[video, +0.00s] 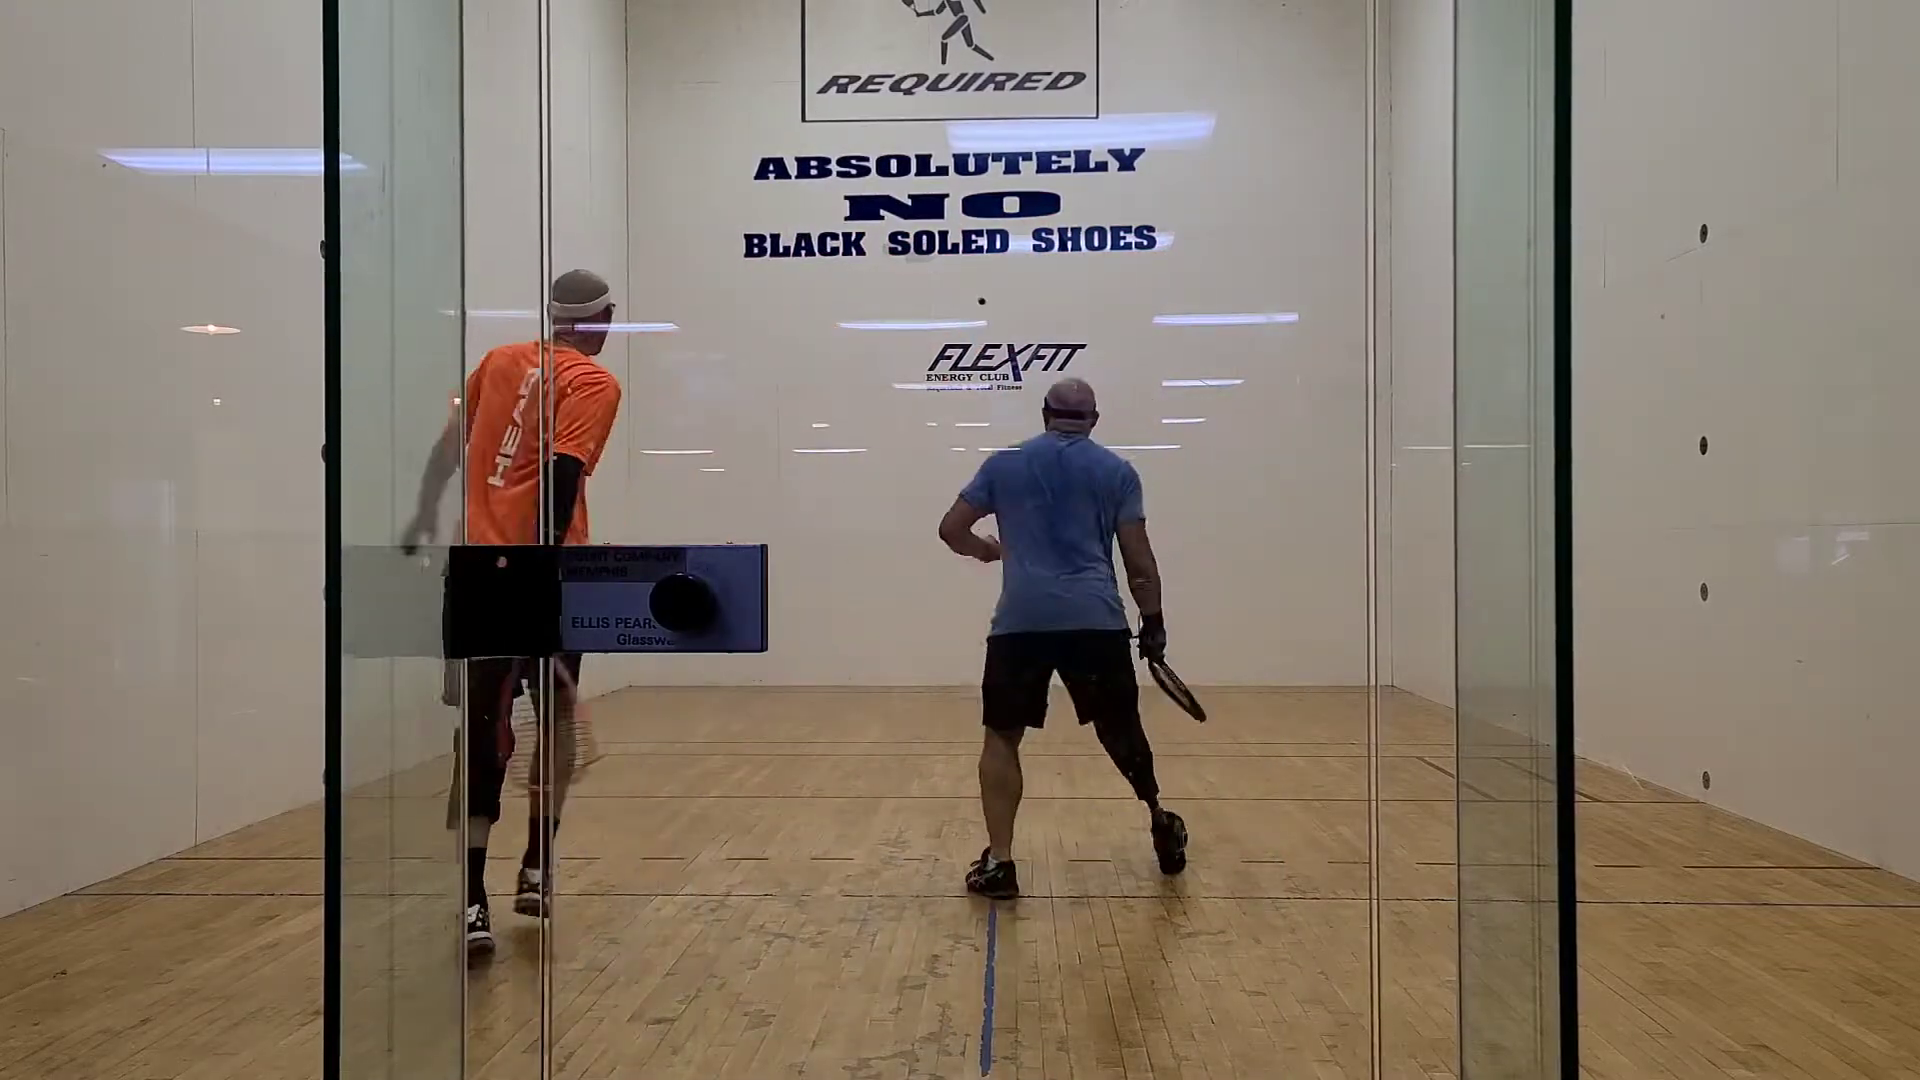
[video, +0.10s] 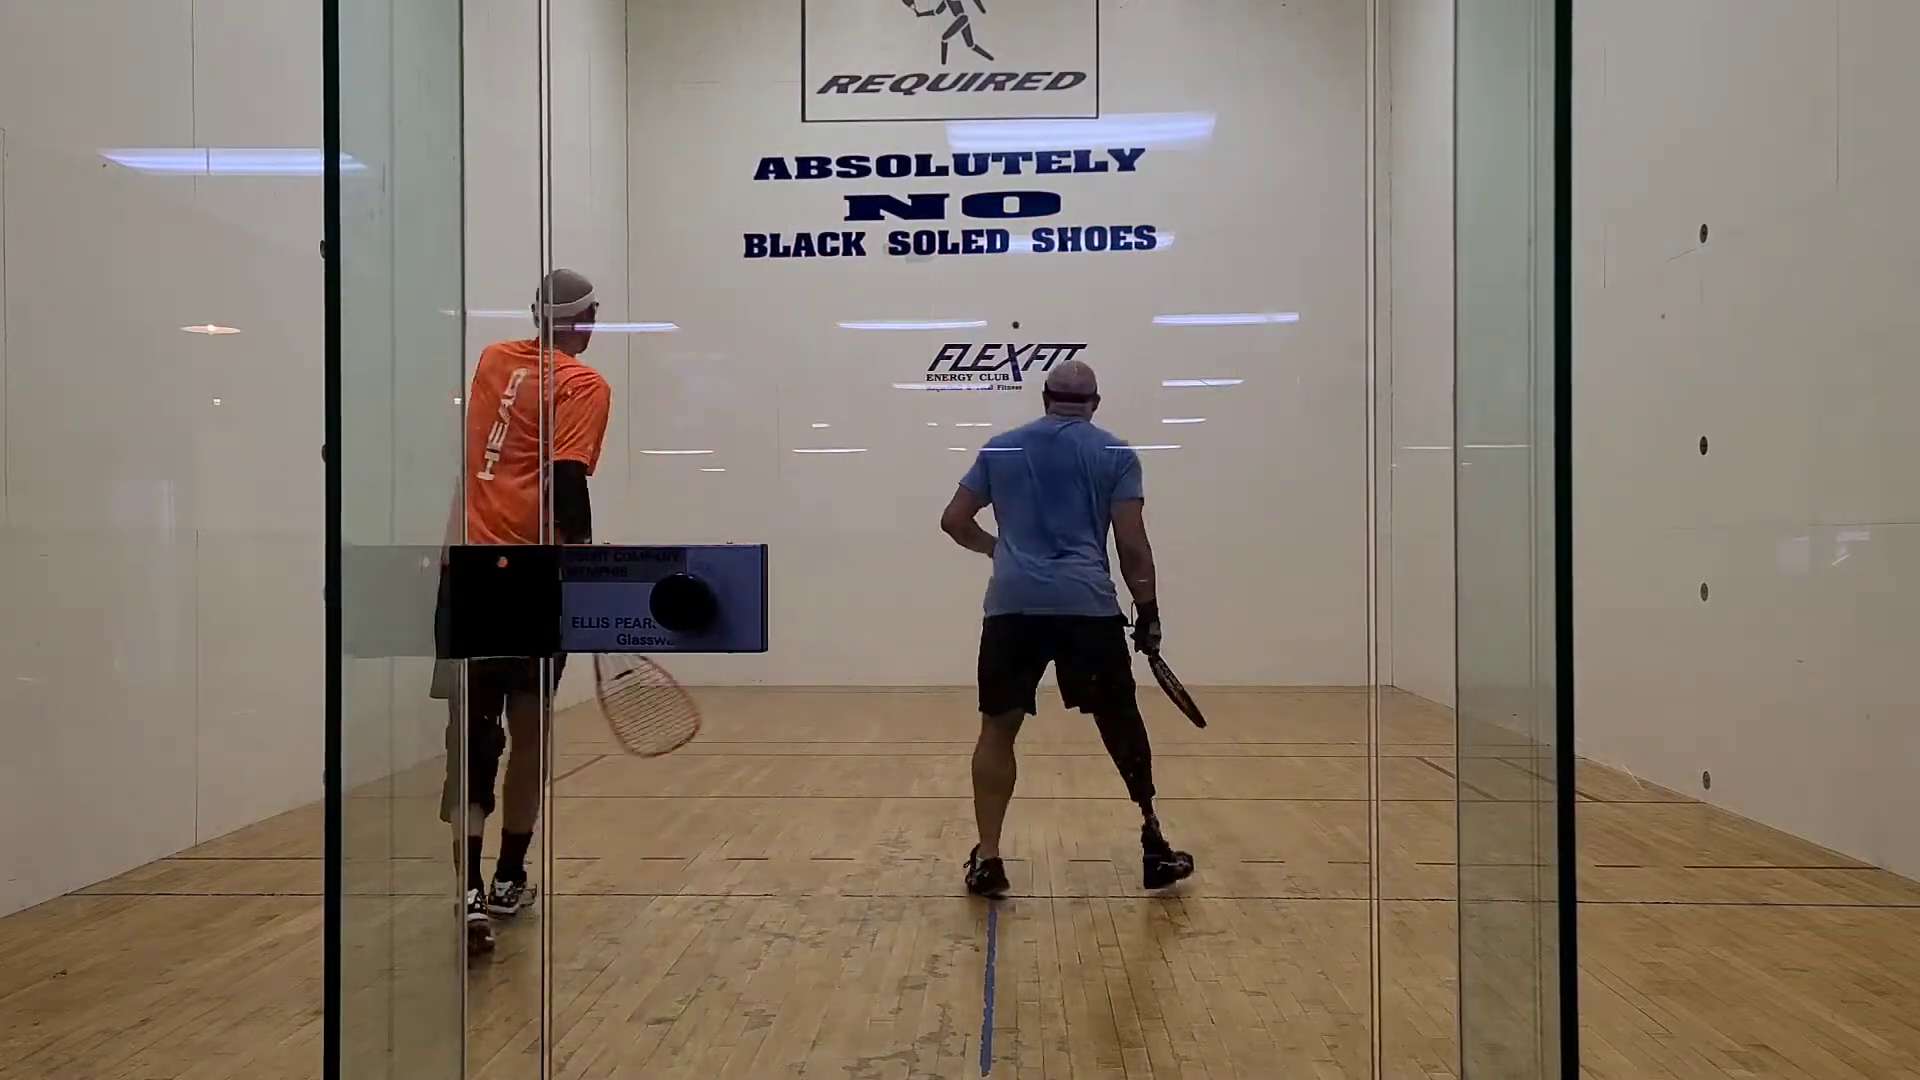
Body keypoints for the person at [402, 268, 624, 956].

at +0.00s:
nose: (606, 334)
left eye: (603, 322)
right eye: (606, 324)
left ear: (551, 315)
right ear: (599, 323)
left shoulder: (497, 362)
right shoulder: (595, 385)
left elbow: (447, 449)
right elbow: (561, 475)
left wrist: (422, 517)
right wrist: (551, 568)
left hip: (475, 568)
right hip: (544, 575)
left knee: (483, 730)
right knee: (560, 725)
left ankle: (473, 900)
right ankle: (537, 869)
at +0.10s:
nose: (592, 329)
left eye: (588, 317)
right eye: (592, 319)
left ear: (536, 313)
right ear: (583, 320)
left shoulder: (492, 360)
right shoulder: (585, 387)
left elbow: (473, 453)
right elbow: (567, 487)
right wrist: (587, 582)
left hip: (466, 568)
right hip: (534, 575)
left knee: (473, 725)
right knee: (530, 728)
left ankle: (470, 890)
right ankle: (510, 877)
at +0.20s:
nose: (582, 339)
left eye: (578, 328)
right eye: (579, 329)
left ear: (525, 331)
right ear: (569, 334)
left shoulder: (485, 374)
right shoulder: (580, 405)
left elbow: (521, 433)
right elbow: (580, 501)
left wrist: (592, 454)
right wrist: (620, 578)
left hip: (461, 575)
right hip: (531, 580)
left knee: (468, 726)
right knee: (522, 736)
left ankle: (453, 871)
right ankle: (496, 880)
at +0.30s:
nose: (578, 345)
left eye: (575, 335)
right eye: (577, 336)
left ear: (521, 334)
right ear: (568, 338)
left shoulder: (478, 379)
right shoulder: (575, 407)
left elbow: (511, 434)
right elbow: (583, 502)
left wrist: (582, 434)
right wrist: (624, 574)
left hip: (461, 580)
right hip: (531, 584)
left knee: (464, 718)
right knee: (529, 738)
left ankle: (440, 834)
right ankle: (497, 882)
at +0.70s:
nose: (598, 376)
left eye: (597, 365)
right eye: (595, 365)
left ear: (542, 368)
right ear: (573, 368)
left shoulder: (491, 416)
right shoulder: (584, 427)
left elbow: (459, 496)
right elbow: (572, 520)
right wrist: (599, 596)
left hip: (475, 595)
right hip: (540, 599)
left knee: (463, 731)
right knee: (597, 704)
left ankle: (402, 869)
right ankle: (550, 837)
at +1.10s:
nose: (744, 372)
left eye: (742, 363)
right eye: (737, 363)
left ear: (693, 370)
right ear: (706, 368)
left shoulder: (649, 412)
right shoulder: (708, 422)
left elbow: (631, 501)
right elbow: (694, 510)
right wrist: (726, 586)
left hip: (601, 589)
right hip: (656, 592)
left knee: (595, 721)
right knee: (703, 707)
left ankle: (487, 809)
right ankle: (670, 853)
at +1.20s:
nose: (768, 353)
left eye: (764, 344)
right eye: (758, 344)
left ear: (718, 357)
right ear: (726, 354)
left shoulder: (679, 403)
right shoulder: (734, 411)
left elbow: (663, 489)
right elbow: (719, 495)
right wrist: (756, 563)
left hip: (640, 570)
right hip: (685, 576)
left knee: (666, 702)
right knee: (713, 705)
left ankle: (565, 801)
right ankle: (671, 851)